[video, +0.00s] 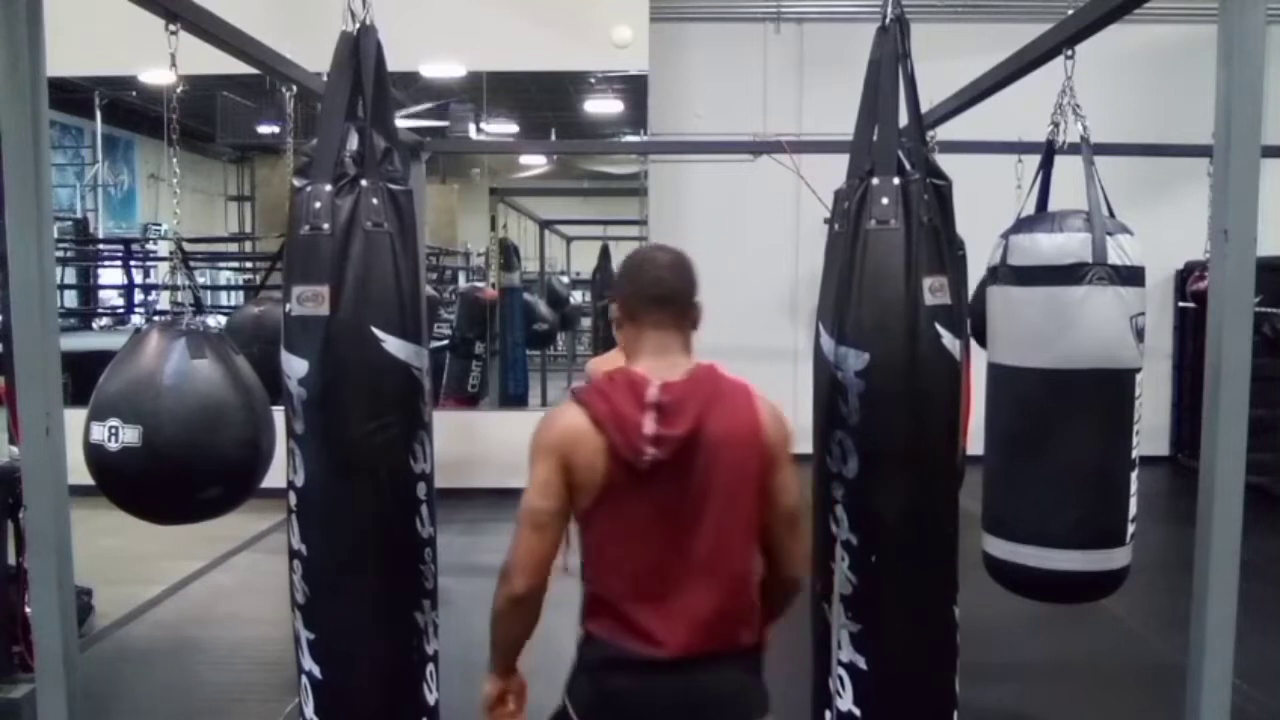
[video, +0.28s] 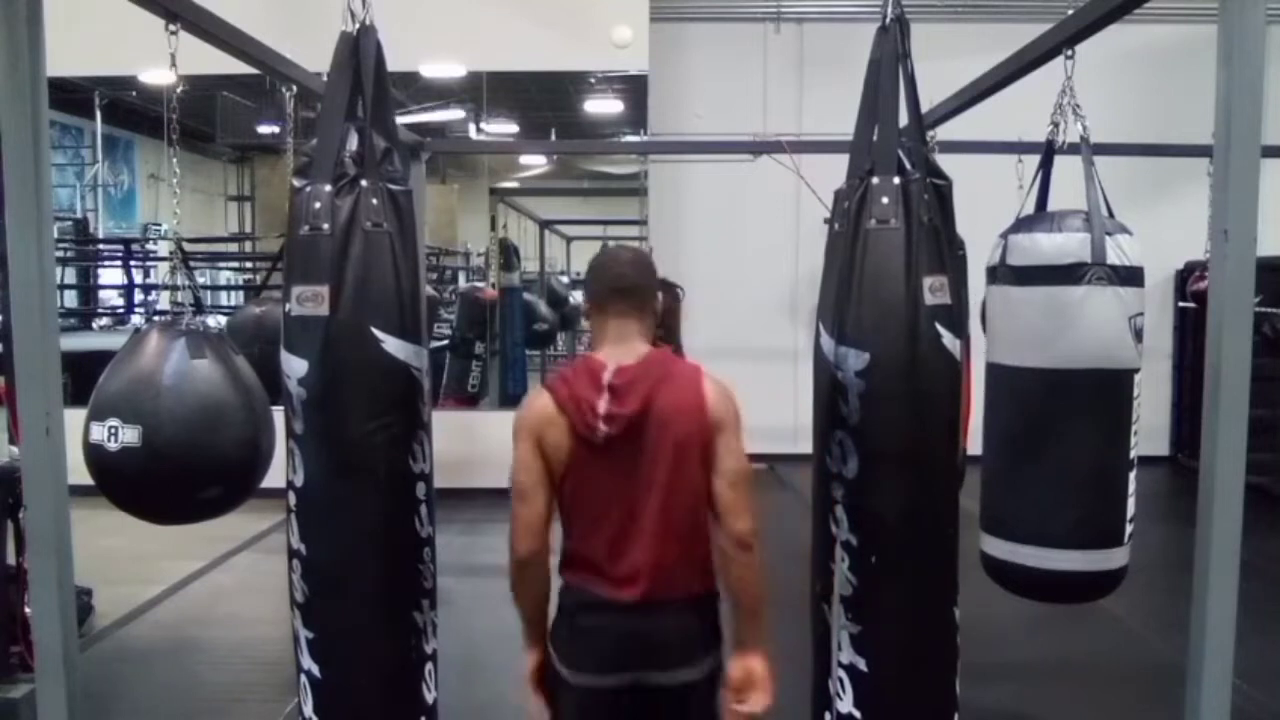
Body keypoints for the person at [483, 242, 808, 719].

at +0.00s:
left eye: (613, 314)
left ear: (617, 316)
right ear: (696, 317)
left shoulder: (571, 426)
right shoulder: (759, 417)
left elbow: (522, 584)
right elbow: (791, 569)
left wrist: (503, 668)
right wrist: (744, 622)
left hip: (615, 687)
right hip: (727, 686)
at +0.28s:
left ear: (587, 308)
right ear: (657, 308)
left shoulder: (544, 408)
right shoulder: (709, 397)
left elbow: (527, 552)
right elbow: (740, 535)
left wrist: (536, 643)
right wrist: (750, 647)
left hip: (589, 643)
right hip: (685, 643)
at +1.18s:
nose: (643, 315)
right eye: (639, 308)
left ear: (583, 314)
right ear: (630, 309)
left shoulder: (558, 384)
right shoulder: (677, 375)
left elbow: (549, 486)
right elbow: (711, 463)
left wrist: (543, 559)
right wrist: (725, 520)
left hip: (590, 561)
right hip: (664, 557)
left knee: (593, 684)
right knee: (678, 693)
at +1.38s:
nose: (555, 315)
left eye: (556, 307)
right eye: (557, 307)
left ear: (566, 308)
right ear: (612, 305)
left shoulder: (558, 377)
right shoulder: (659, 366)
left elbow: (548, 477)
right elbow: (681, 451)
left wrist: (520, 537)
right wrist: (671, 503)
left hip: (585, 536)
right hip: (642, 527)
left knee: (586, 675)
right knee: (635, 645)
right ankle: (646, 714)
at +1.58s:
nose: (534, 319)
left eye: (539, 309)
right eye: (534, 310)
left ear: (568, 309)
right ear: (576, 308)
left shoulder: (589, 372)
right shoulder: (604, 358)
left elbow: (584, 470)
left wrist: (526, 537)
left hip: (597, 522)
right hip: (612, 516)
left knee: (583, 664)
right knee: (587, 660)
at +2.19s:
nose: (604, 309)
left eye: (615, 301)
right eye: (596, 300)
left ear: (631, 305)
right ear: (587, 304)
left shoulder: (660, 362)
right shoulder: (567, 361)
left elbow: (670, 435)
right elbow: (552, 428)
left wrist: (670, 509)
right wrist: (540, 496)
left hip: (641, 494)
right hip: (582, 494)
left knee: (652, 608)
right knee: (565, 608)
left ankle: (657, 694)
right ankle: (588, 706)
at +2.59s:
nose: (629, 307)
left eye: (640, 299)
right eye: (620, 298)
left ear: (655, 305)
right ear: (607, 303)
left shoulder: (676, 359)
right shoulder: (583, 356)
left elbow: (692, 432)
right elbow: (569, 425)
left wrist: (699, 507)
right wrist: (564, 494)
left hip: (652, 489)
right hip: (594, 489)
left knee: (660, 604)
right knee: (579, 604)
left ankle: (655, 692)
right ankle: (568, 701)